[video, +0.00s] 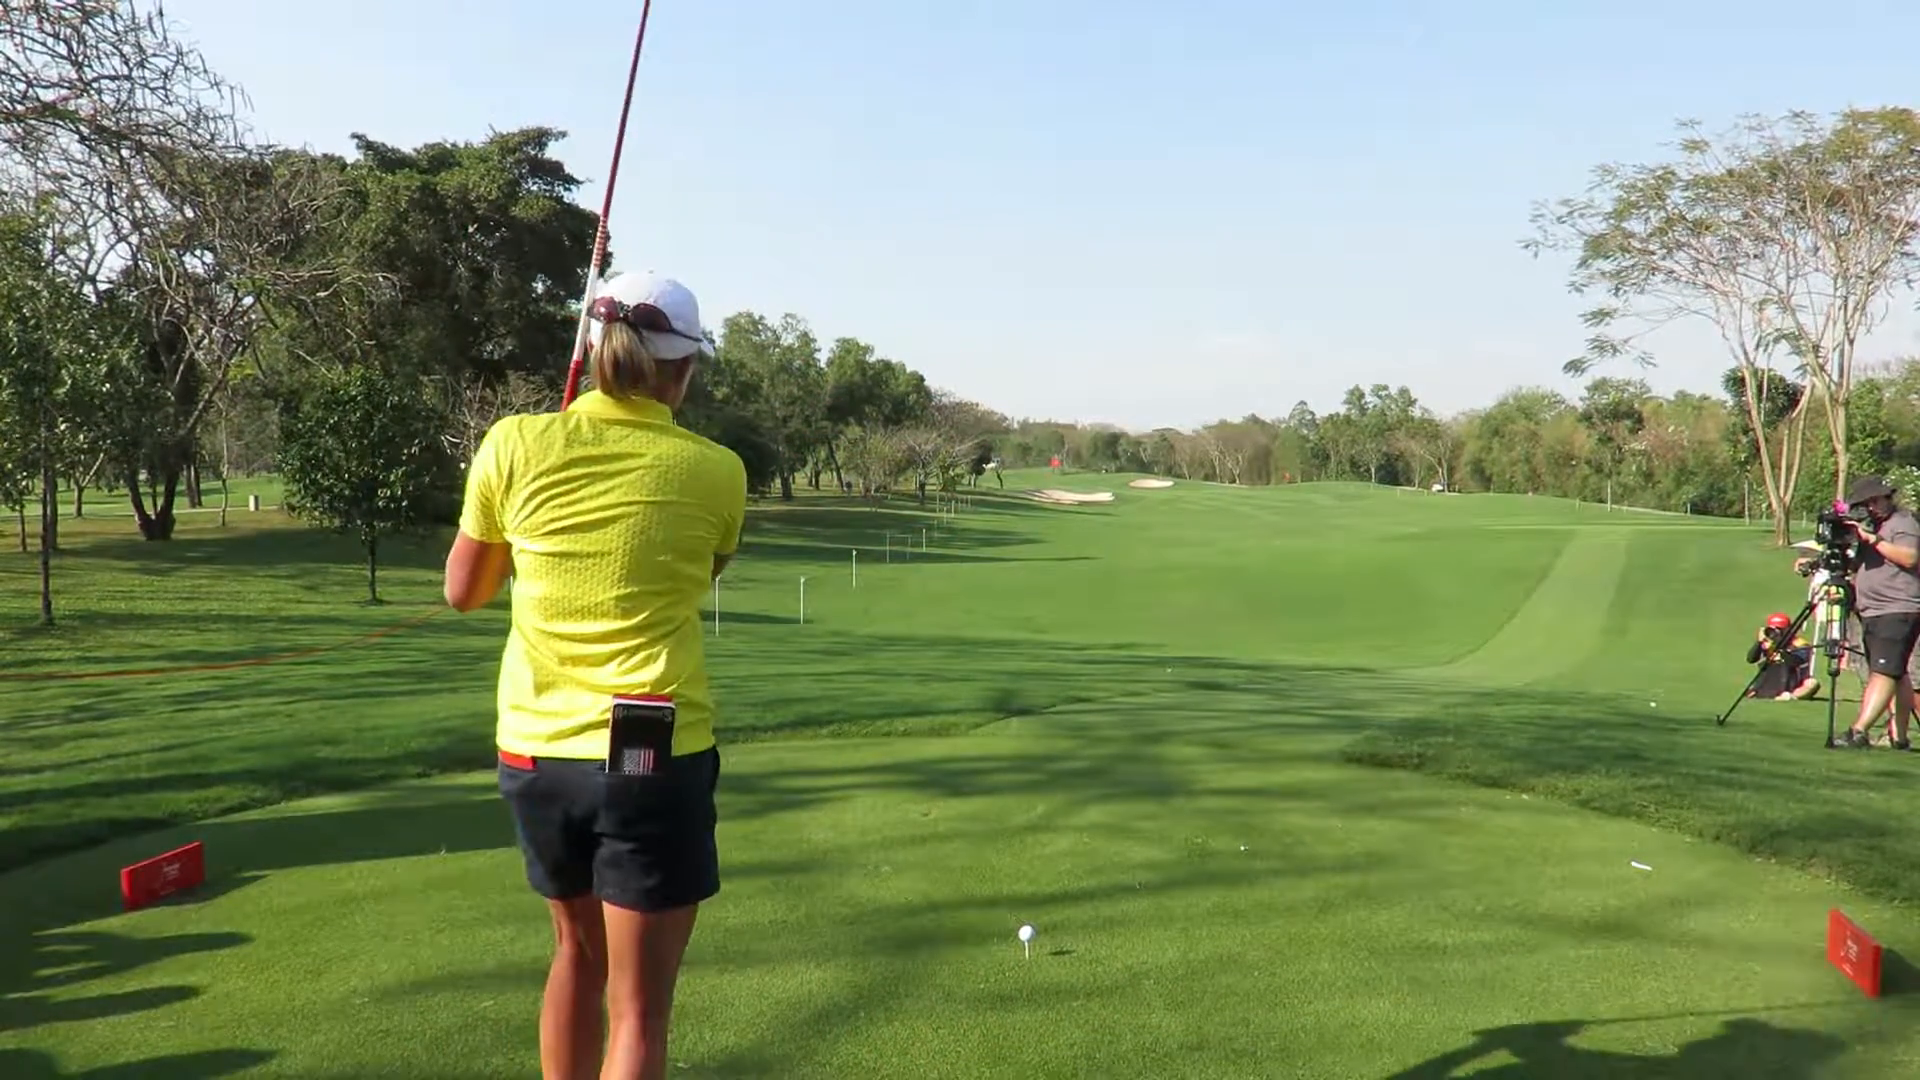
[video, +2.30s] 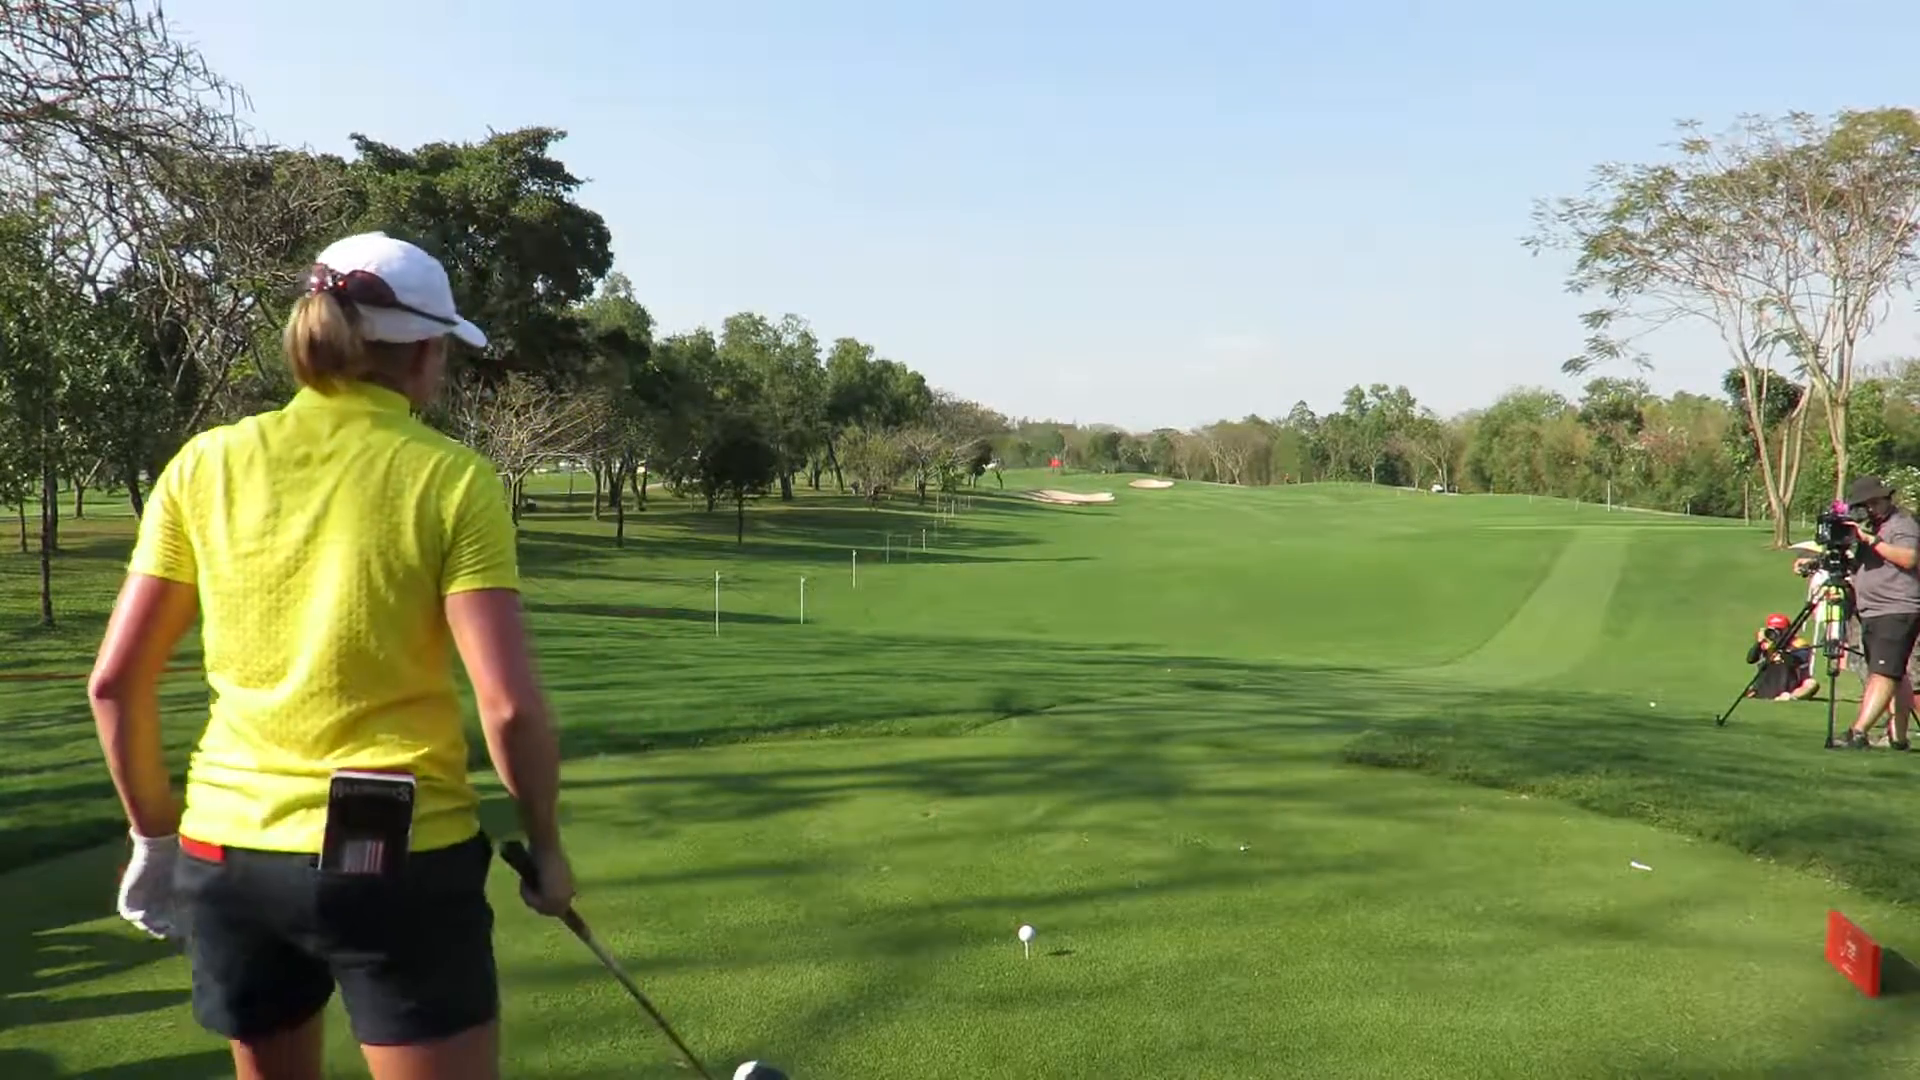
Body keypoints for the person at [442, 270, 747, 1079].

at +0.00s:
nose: (692, 376)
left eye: (689, 360)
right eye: (692, 362)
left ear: (590, 351)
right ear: (681, 368)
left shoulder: (514, 444)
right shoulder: (716, 472)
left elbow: (464, 587)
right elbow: (701, 570)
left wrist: (546, 520)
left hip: (537, 757)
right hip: (656, 763)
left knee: (573, 951)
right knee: (639, 1009)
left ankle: (564, 1077)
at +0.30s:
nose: (658, 369)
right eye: (657, 355)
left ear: (546, 345)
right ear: (643, 363)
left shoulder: (460, 452)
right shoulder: (677, 469)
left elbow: (418, 631)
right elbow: (720, 617)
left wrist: (505, 588)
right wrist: (633, 568)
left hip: (497, 807)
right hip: (642, 806)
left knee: (519, 1050)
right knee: (638, 1044)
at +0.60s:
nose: (610, 363)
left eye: (612, 343)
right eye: (611, 345)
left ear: (486, 336)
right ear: (594, 350)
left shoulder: (387, 450)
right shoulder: (624, 468)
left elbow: (304, 647)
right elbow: (692, 675)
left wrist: (426, 638)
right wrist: (620, 609)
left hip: (419, 848)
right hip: (584, 843)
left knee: (462, 1070)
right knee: (645, 1058)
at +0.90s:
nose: (594, 346)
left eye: (593, 321)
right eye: (595, 324)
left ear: (462, 310)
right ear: (577, 327)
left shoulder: (350, 442)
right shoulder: (614, 468)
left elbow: (203, 631)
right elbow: (675, 719)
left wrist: (342, 720)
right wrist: (619, 709)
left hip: (379, 871)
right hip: (553, 877)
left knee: (427, 1065)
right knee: (570, 1062)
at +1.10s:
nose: (593, 343)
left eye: (591, 321)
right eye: (595, 324)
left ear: (453, 308)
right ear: (578, 329)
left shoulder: (336, 443)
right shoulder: (608, 472)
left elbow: (193, 655)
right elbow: (675, 742)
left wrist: (328, 772)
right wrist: (654, 832)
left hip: (349, 906)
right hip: (526, 916)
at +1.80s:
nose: (563, 331)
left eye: (564, 307)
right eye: (564, 309)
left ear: (412, 293)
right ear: (546, 317)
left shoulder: (284, 442)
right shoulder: (575, 467)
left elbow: (168, 691)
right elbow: (636, 760)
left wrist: (240, 849)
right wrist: (642, 913)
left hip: (311, 919)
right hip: (501, 927)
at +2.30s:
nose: (443, 373)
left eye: (445, 353)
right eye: (444, 354)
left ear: (317, 341)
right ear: (422, 356)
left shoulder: (202, 466)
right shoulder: (450, 476)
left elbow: (115, 683)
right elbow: (510, 709)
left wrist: (156, 831)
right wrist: (545, 843)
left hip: (229, 866)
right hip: (400, 865)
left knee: (268, 1066)